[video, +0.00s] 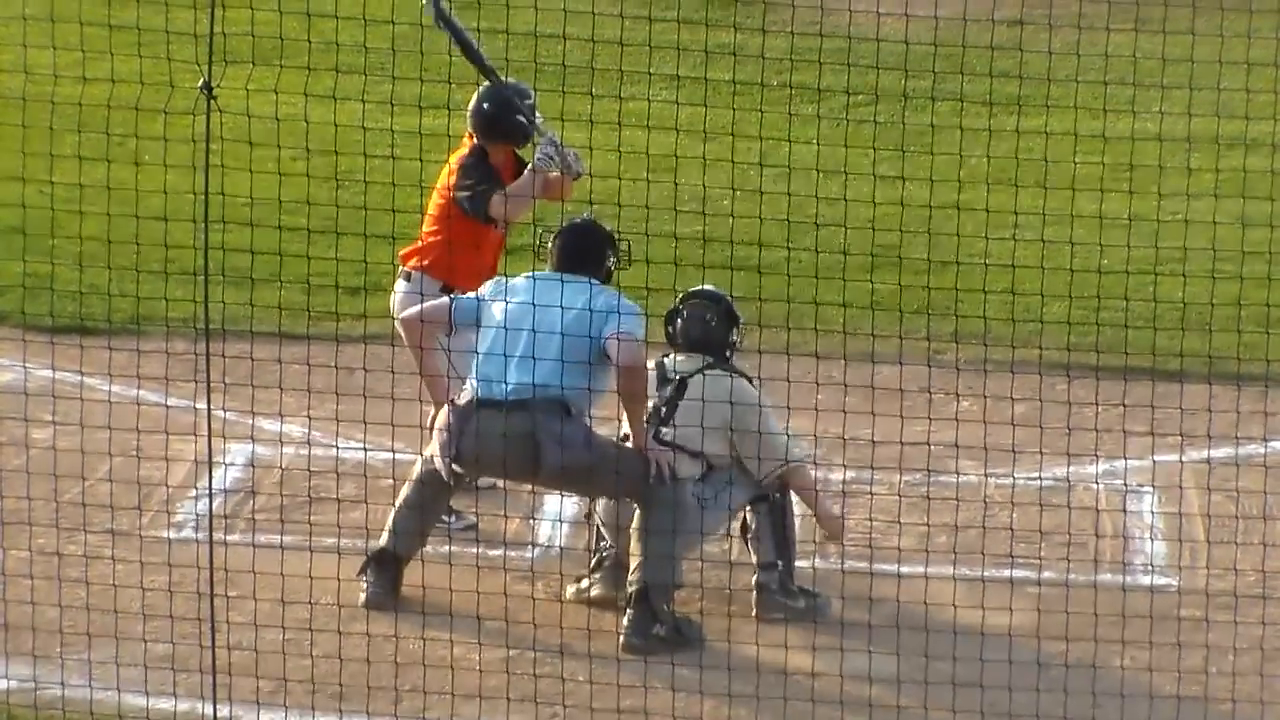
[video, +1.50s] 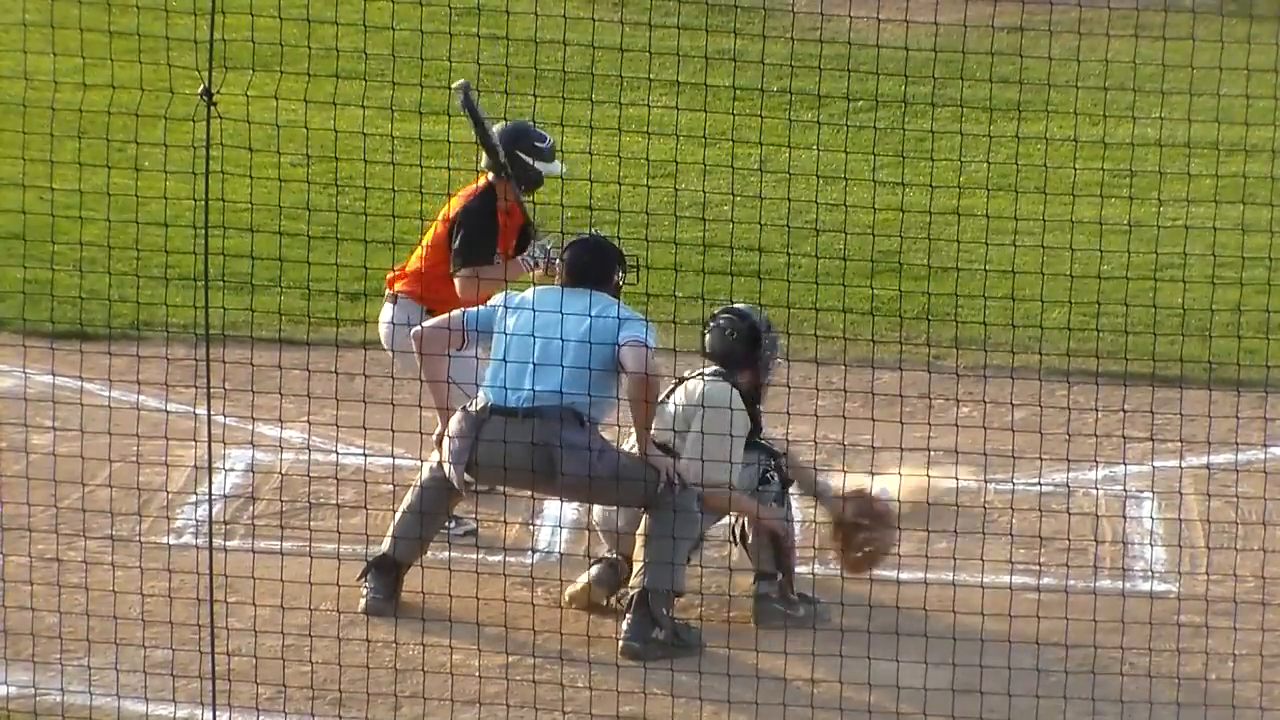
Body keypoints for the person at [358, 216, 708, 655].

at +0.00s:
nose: (610, 268)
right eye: (608, 260)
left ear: (552, 259)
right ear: (604, 267)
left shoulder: (504, 288)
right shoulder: (615, 304)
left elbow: (413, 321)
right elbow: (627, 359)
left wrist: (440, 393)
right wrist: (638, 433)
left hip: (470, 433)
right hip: (551, 439)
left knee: (438, 468)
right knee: (662, 487)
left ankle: (383, 569)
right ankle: (648, 612)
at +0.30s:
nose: (614, 276)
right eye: (612, 268)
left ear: (554, 265)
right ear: (606, 274)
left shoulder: (505, 295)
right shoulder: (618, 310)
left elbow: (423, 333)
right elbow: (630, 368)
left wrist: (441, 407)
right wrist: (641, 447)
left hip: (478, 441)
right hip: (558, 448)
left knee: (440, 472)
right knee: (665, 491)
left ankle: (383, 575)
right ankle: (647, 617)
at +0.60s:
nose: (618, 283)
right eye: (616, 275)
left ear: (559, 273)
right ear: (610, 281)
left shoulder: (511, 303)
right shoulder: (621, 317)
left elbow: (425, 335)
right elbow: (635, 371)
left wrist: (441, 413)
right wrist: (642, 447)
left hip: (478, 444)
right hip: (559, 451)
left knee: (439, 474)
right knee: (666, 492)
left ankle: (382, 577)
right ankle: (647, 619)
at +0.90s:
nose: (620, 282)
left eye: (614, 272)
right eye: (619, 274)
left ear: (564, 273)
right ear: (613, 281)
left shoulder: (517, 304)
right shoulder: (624, 317)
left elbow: (428, 337)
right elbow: (640, 376)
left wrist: (447, 412)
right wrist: (647, 443)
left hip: (485, 446)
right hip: (563, 453)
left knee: (447, 465)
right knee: (669, 490)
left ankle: (384, 574)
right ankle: (649, 616)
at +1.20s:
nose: (620, 284)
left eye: (613, 275)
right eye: (618, 276)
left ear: (563, 274)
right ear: (613, 282)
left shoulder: (519, 304)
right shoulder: (624, 317)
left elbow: (428, 337)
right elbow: (642, 377)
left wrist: (446, 415)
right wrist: (647, 445)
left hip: (487, 444)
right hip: (564, 451)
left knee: (445, 470)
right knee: (665, 492)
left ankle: (384, 576)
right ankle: (650, 618)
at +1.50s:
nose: (621, 285)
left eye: (616, 275)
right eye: (619, 276)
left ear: (560, 273)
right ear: (612, 281)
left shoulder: (515, 302)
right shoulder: (623, 316)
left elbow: (427, 336)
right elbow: (638, 369)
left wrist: (449, 414)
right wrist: (646, 442)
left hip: (483, 443)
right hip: (562, 448)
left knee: (446, 471)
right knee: (677, 496)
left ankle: (383, 576)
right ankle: (649, 619)